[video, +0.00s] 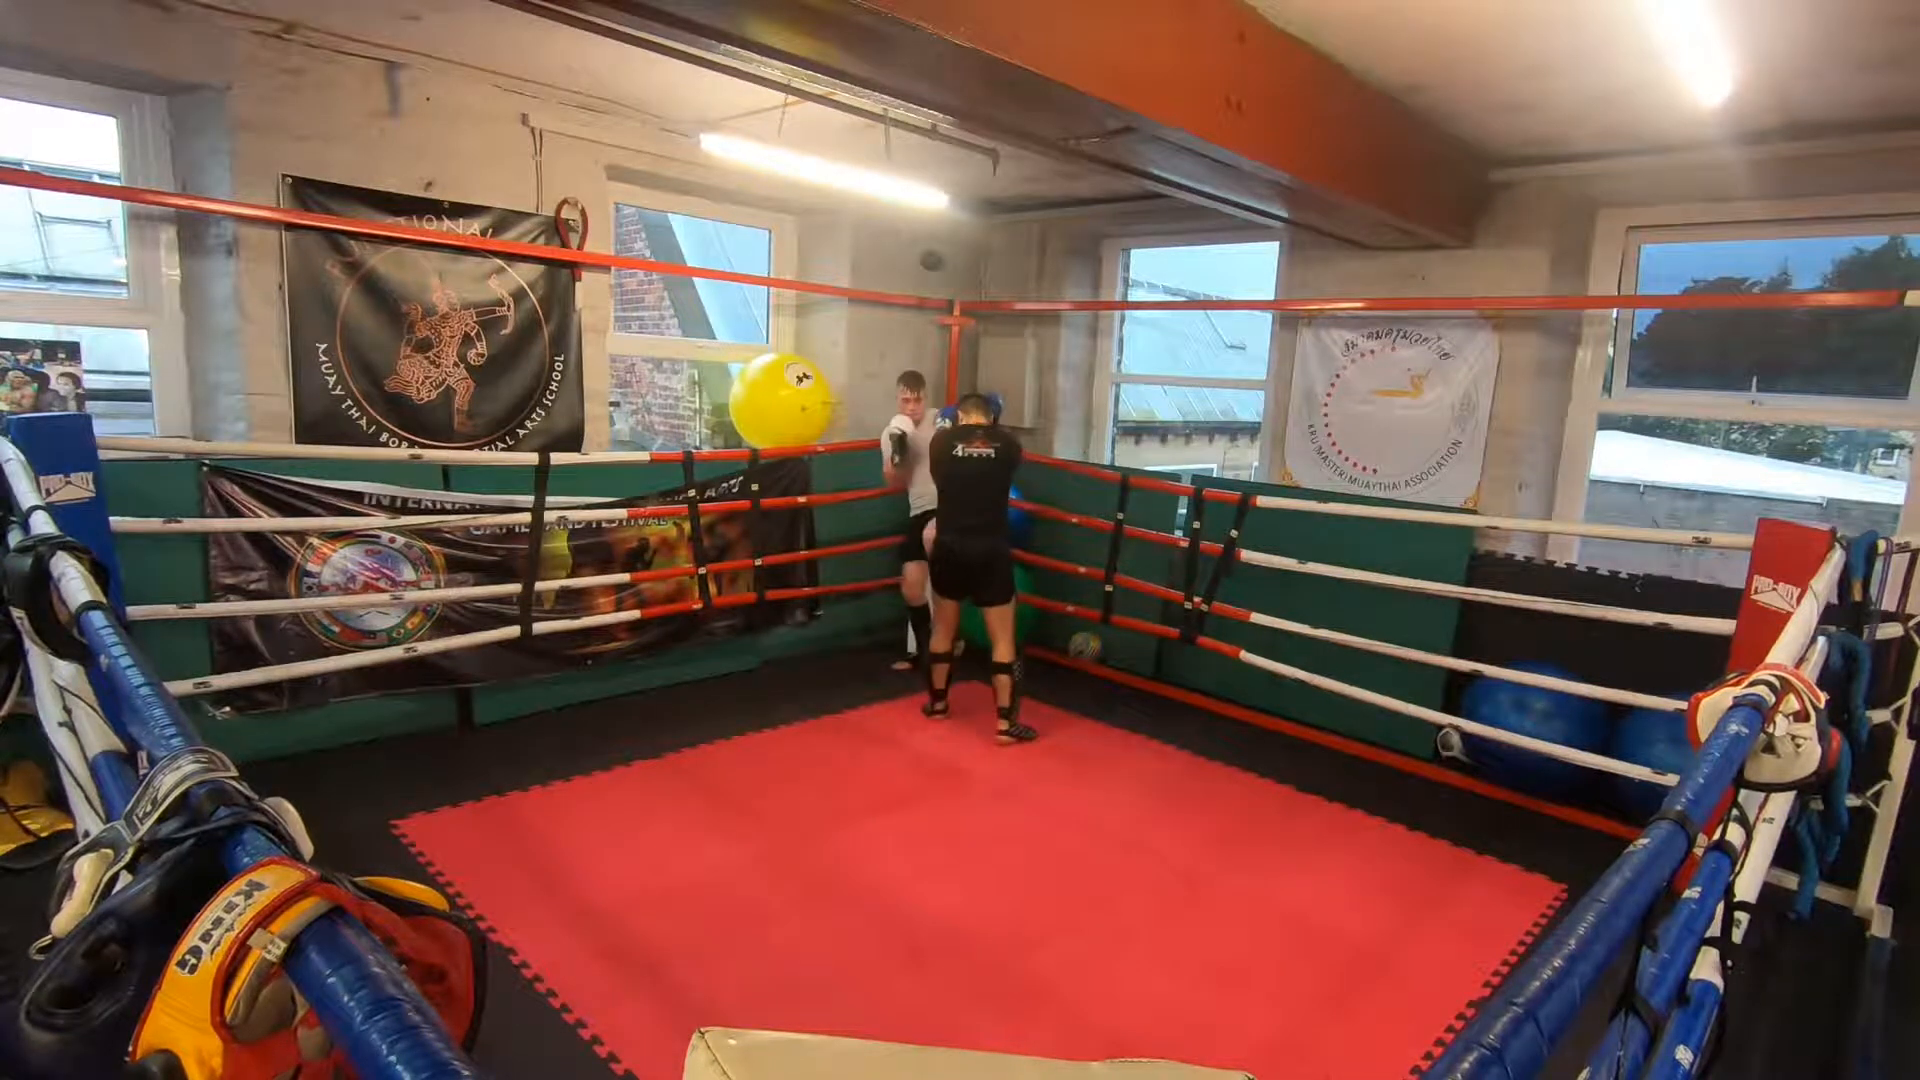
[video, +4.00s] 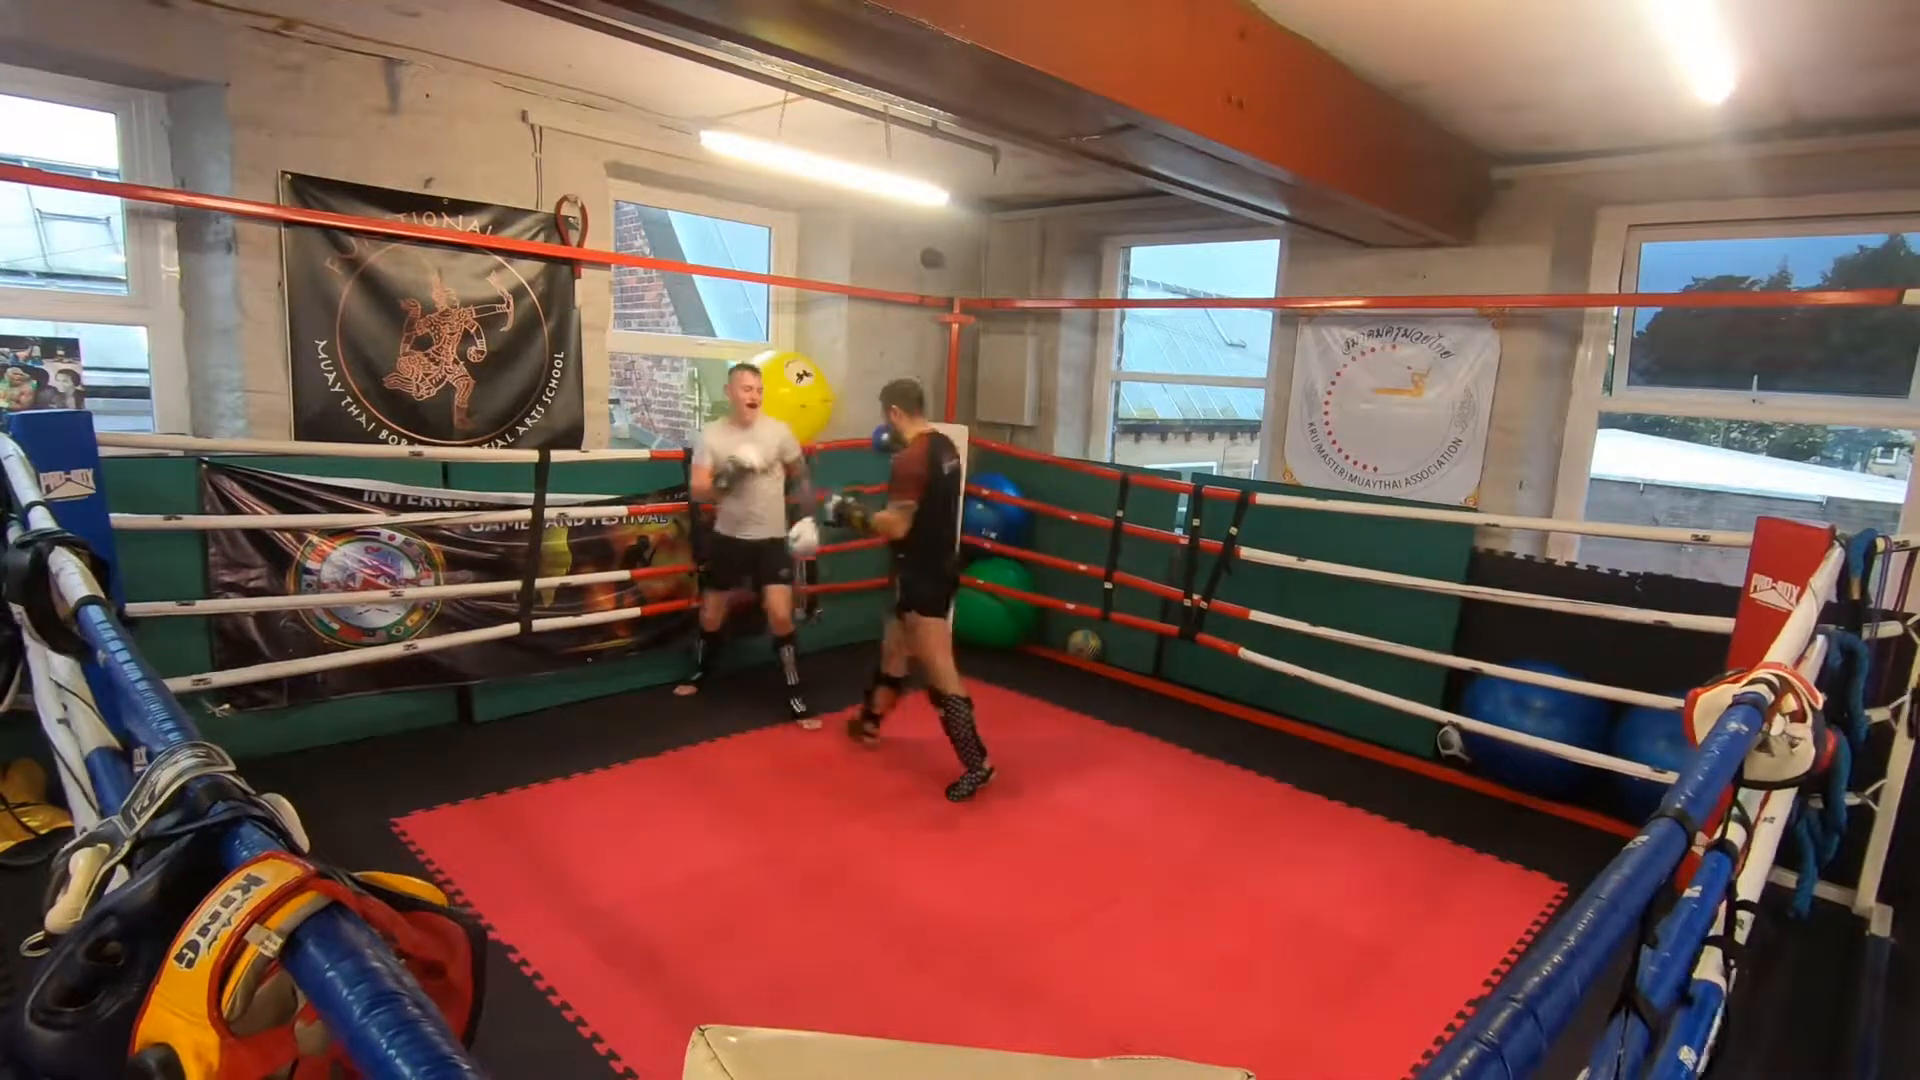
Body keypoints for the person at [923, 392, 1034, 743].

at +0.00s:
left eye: (963, 413)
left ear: (959, 414)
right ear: (993, 416)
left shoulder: (940, 441)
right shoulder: (1007, 443)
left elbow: (938, 477)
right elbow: (1009, 461)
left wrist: (964, 433)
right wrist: (982, 431)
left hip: (950, 548)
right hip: (992, 550)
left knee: (943, 629)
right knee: (1002, 639)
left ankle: (937, 702)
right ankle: (1005, 722)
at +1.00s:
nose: (955, 415)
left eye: (956, 409)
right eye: (956, 408)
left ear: (965, 409)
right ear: (997, 407)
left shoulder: (954, 445)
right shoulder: (1025, 446)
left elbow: (937, 505)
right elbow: (1034, 503)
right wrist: (1000, 502)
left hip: (954, 562)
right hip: (1000, 565)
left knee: (937, 632)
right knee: (992, 647)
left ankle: (931, 716)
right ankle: (986, 735)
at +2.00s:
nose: (1042, 425)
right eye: (1042, 421)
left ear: (1003, 415)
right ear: (1040, 421)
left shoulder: (981, 443)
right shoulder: (1055, 456)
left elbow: (965, 466)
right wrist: (1036, 432)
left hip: (976, 564)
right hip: (1020, 570)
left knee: (969, 648)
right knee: (1014, 665)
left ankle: (962, 728)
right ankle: (1006, 755)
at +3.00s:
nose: (1058, 428)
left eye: (1057, 422)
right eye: (1063, 422)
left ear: (1062, 421)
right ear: (1097, 420)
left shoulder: (1049, 462)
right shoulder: (1126, 466)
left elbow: (1018, 528)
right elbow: (1106, 517)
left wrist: (1008, 506)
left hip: (1056, 593)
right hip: (1104, 595)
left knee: (1059, 697)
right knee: (1088, 682)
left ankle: (1056, 802)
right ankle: (1076, 773)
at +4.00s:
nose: (886, 422)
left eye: (886, 415)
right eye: (886, 415)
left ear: (895, 413)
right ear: (921, 409)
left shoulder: (912, 455)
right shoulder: (945, 446)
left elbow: (896, 526)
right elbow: (930, 504)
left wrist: (857, 514)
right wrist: (898, 448)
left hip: (921, 577)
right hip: (935, 570)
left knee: (940, 669)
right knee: (896, 646)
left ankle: (976, 764)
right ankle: (869, 720)